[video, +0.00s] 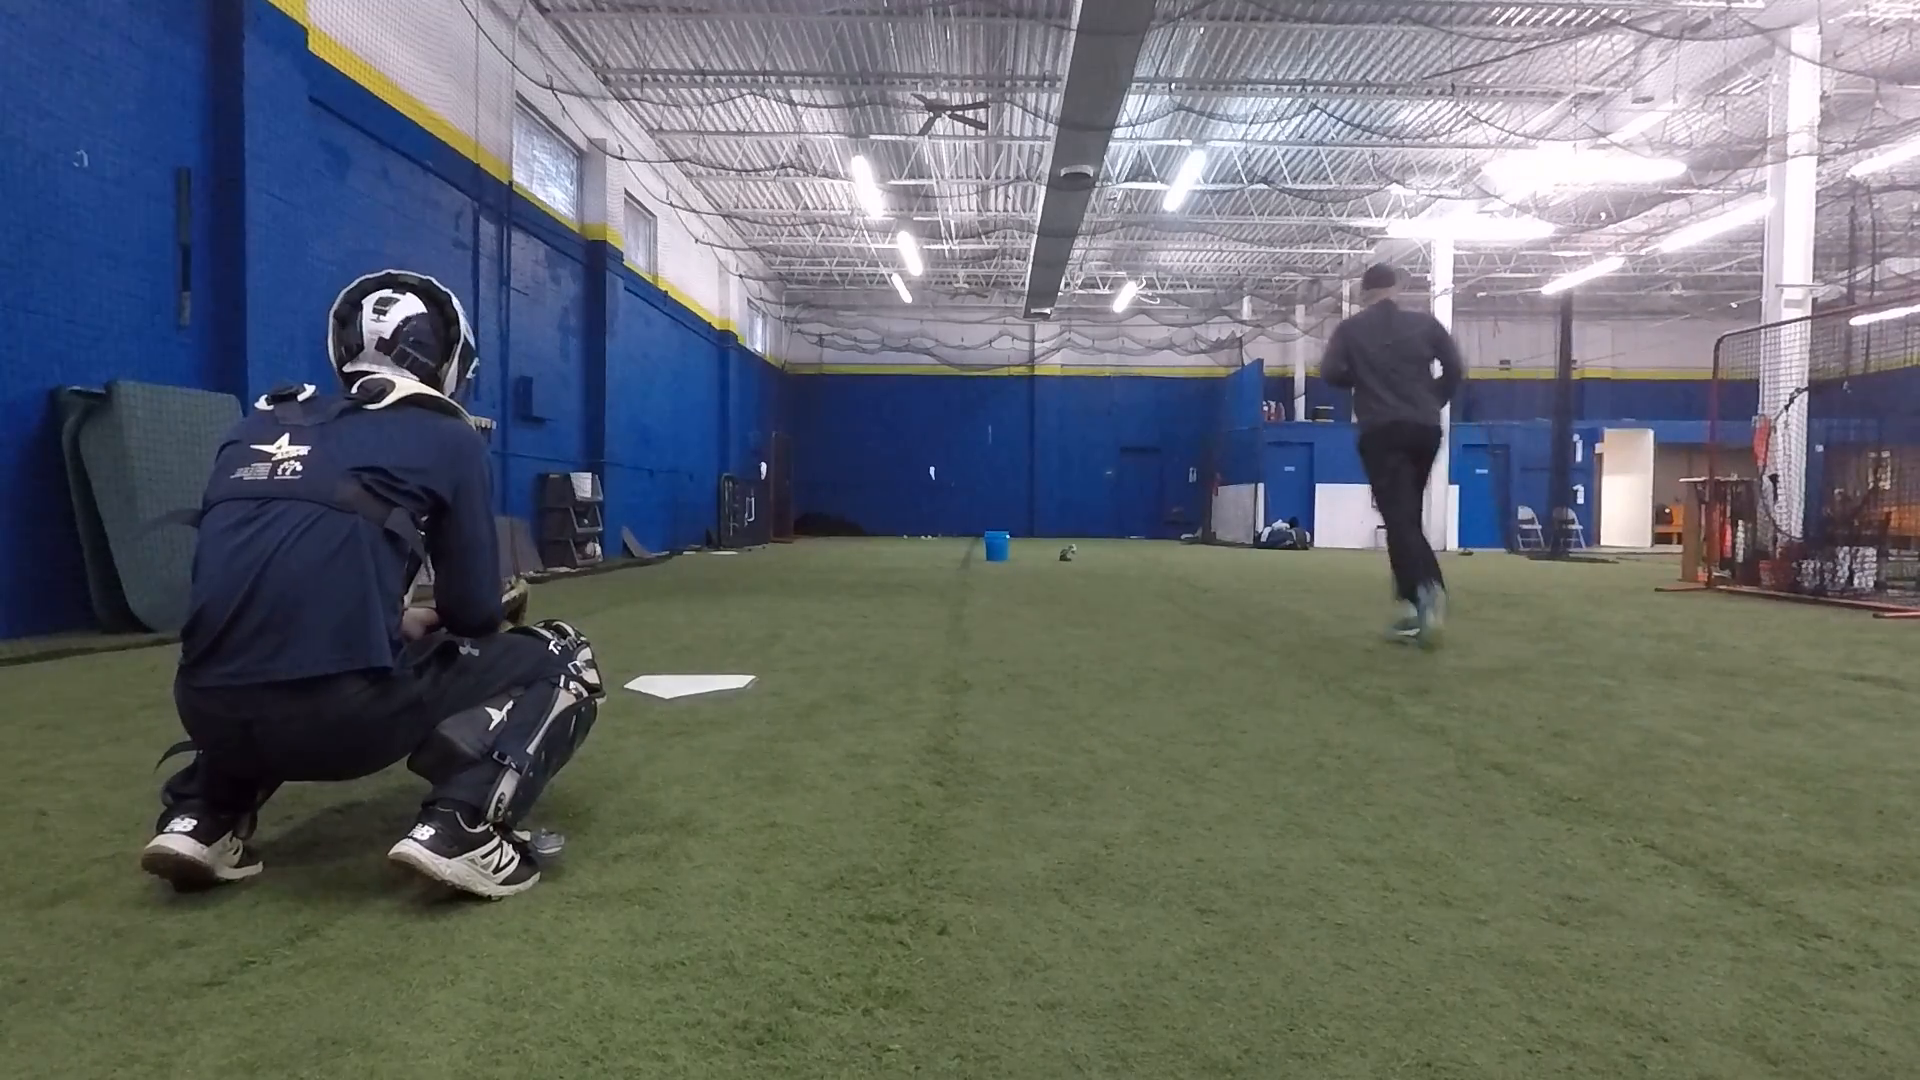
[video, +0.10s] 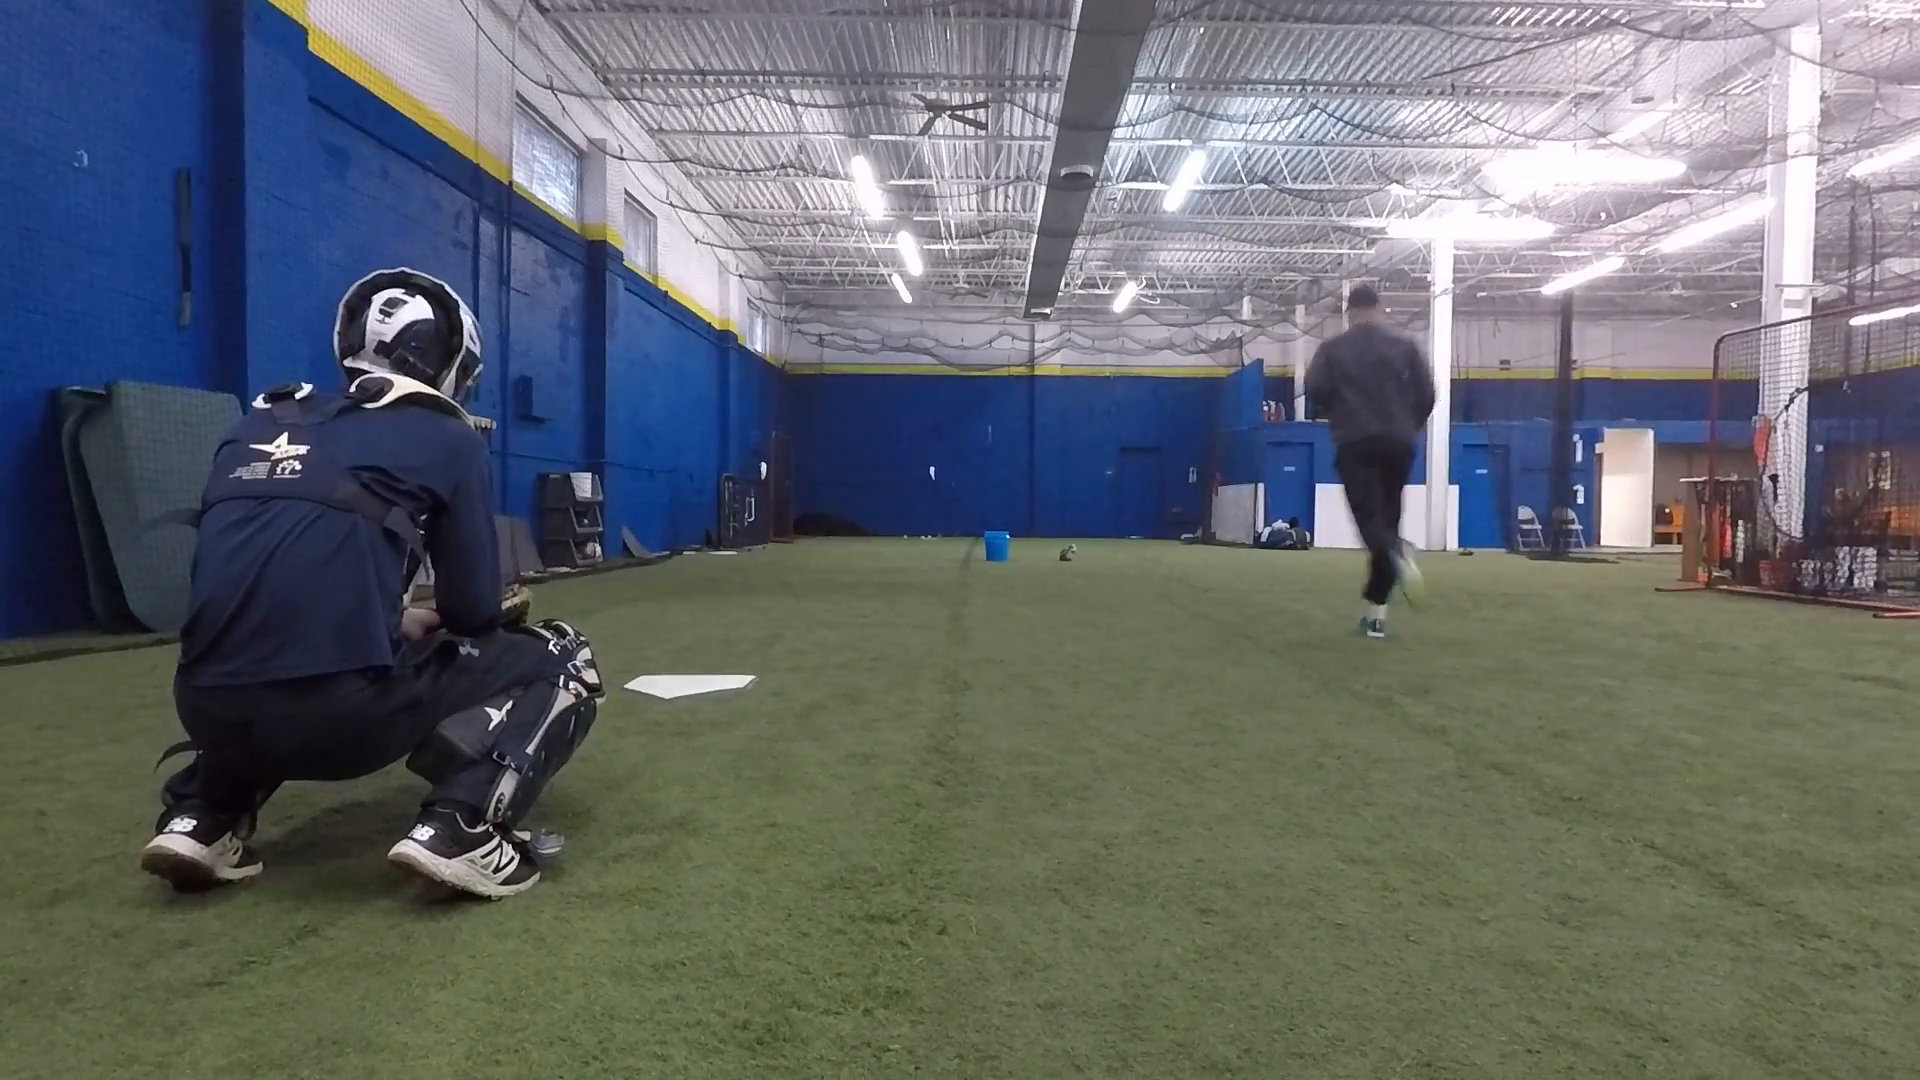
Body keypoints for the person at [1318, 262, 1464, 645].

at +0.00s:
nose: (1376, 295)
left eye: (1370, 289)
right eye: (1385, 287)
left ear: (1364, 292)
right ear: (1396, 289)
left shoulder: (1349, 328)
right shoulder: (1424, 323)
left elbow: (1331, 374)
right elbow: (1455, 371)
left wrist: (1364, 378)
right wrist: (1431, 398)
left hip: (1378, 429)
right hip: (1425, 428)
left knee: (1399, 515)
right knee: (1406, 515)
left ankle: (1429, 587)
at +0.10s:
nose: (1361, 315)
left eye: (1355, 309)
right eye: (1370, 308)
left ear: (1349, 311)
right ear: (1379, 309)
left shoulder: (1333, 347)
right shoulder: (1404, 344)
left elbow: (1317, 392)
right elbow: (1426, 393)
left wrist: (1338, 407)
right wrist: (1408, 424)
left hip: (1355, 440)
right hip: (1399, 441)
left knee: (1368, 520)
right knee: (1388, 522)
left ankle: (1399, 556)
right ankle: (1375, 612)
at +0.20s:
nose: (1342, 336)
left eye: (1338, 330)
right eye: (1349, 330)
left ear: (1331, 332)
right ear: (1360, 332)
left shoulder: (1318, 368)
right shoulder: (1381, 368)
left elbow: (1307, 407)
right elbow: (1403, 416)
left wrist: (1307, 446)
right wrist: (1390, 450)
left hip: (1335, 463)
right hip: (1375, 462)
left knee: (1334, 542)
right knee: (1354, 537)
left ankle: (1357, 550)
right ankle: (1368, 611)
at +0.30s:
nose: (1309, 338)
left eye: (1307, 334)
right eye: (1315, 332)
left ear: (1308, 332)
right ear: (1335, 332)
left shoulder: (1303, 361)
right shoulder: (1358, 364)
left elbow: (1301, 391)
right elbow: (1381, 405)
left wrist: (1291, 427)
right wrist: (1366, 440)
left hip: (1314, 458)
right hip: (1352, 457)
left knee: (1302, 528)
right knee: (1353, 527)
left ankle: (1326, 561)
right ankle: (1368, 600)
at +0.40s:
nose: (1282, 338)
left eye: (1282, 334)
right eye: (1285, 334)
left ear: (1284, 333)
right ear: (1307, 331)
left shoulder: (1282, 357)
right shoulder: (1335, 361)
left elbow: (1284, 380)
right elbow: (1350, 403)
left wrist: (1273, 413)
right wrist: (1338, 432)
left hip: (1288, 449)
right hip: (1327, 448)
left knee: (1285, 520)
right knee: (1340, 514)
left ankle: (1288, 588)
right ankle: (1366, 566)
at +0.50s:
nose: (1261, 352)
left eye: (1261, 348)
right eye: (1263, 347)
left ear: (1262, 347)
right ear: (1283, 344)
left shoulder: (1261, 369)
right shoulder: (1312, 374)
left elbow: (1263, 396)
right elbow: (1329, 416)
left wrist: (1251, 427)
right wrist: (1316, 446)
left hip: (1272, 457)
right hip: (1308, 456)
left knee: (1265, 527)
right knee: (1313, 521)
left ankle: (1262, 596)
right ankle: (1346, 540)